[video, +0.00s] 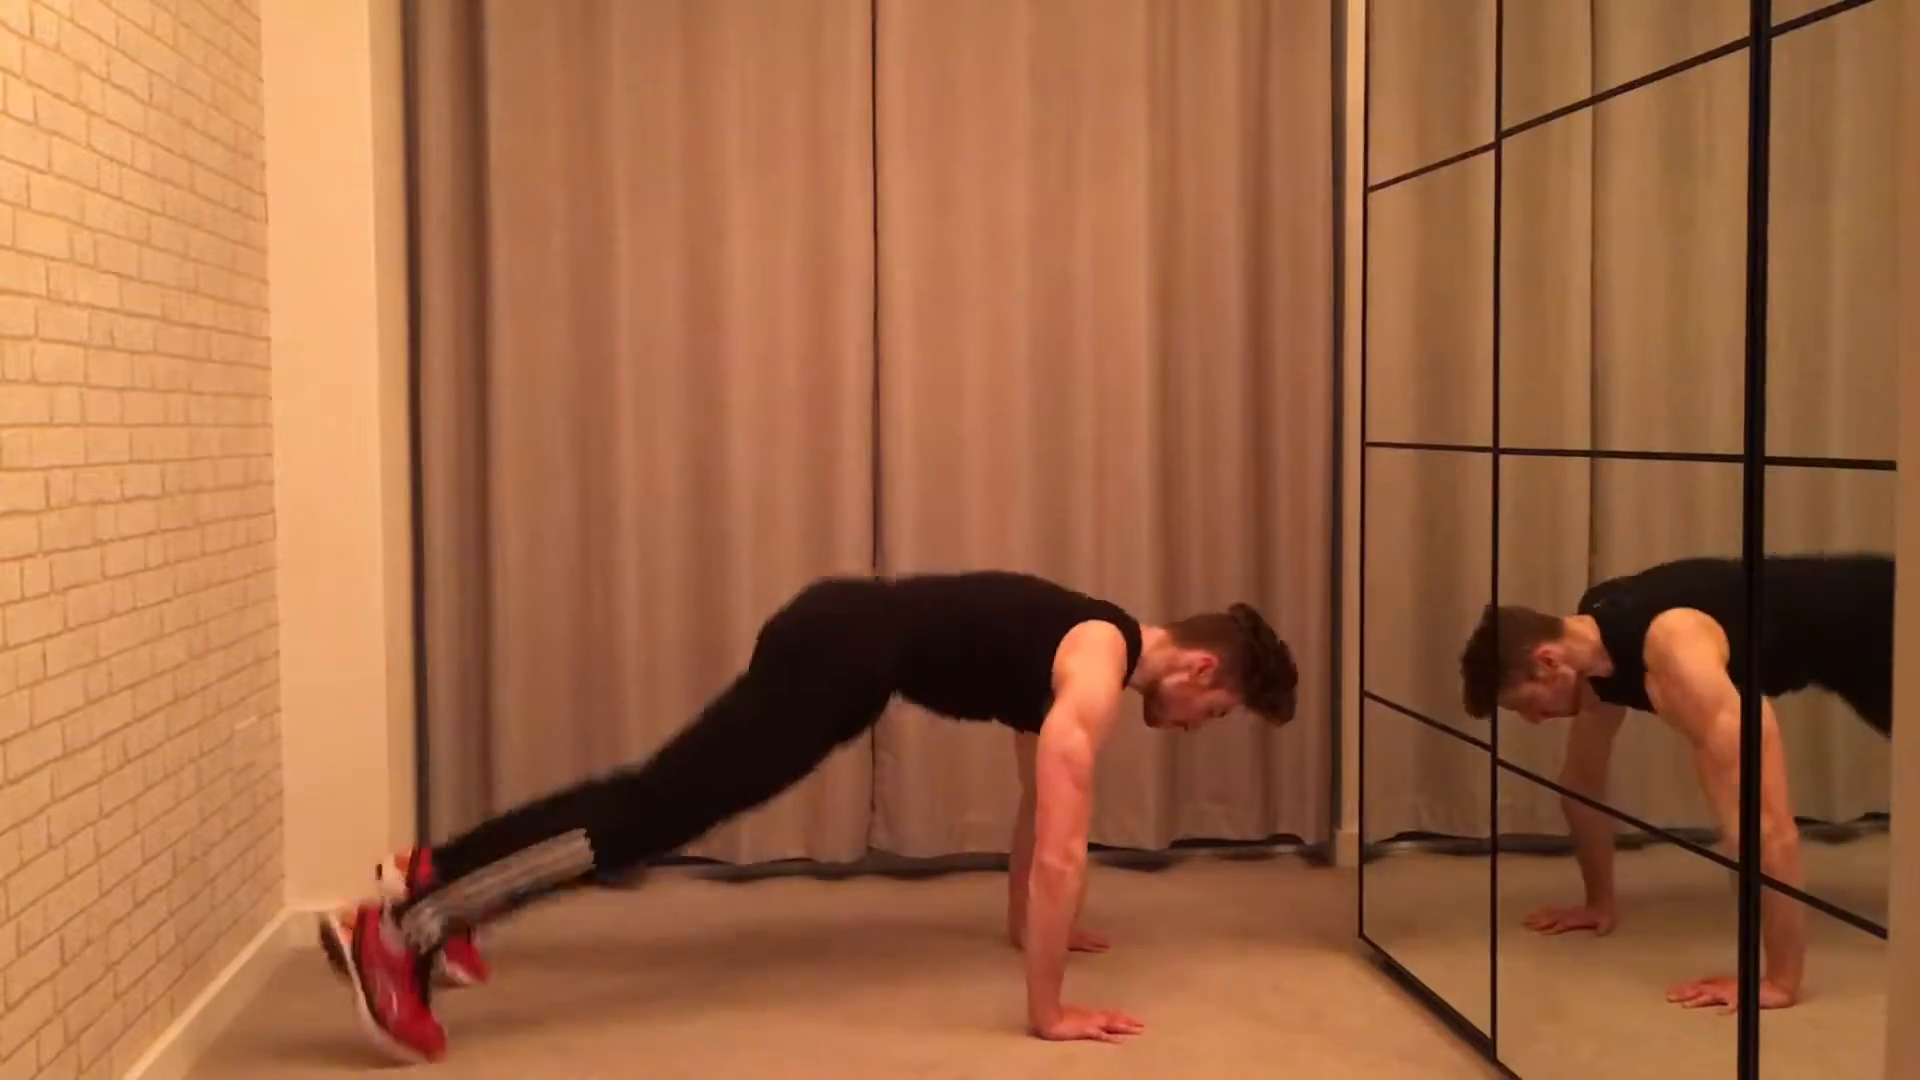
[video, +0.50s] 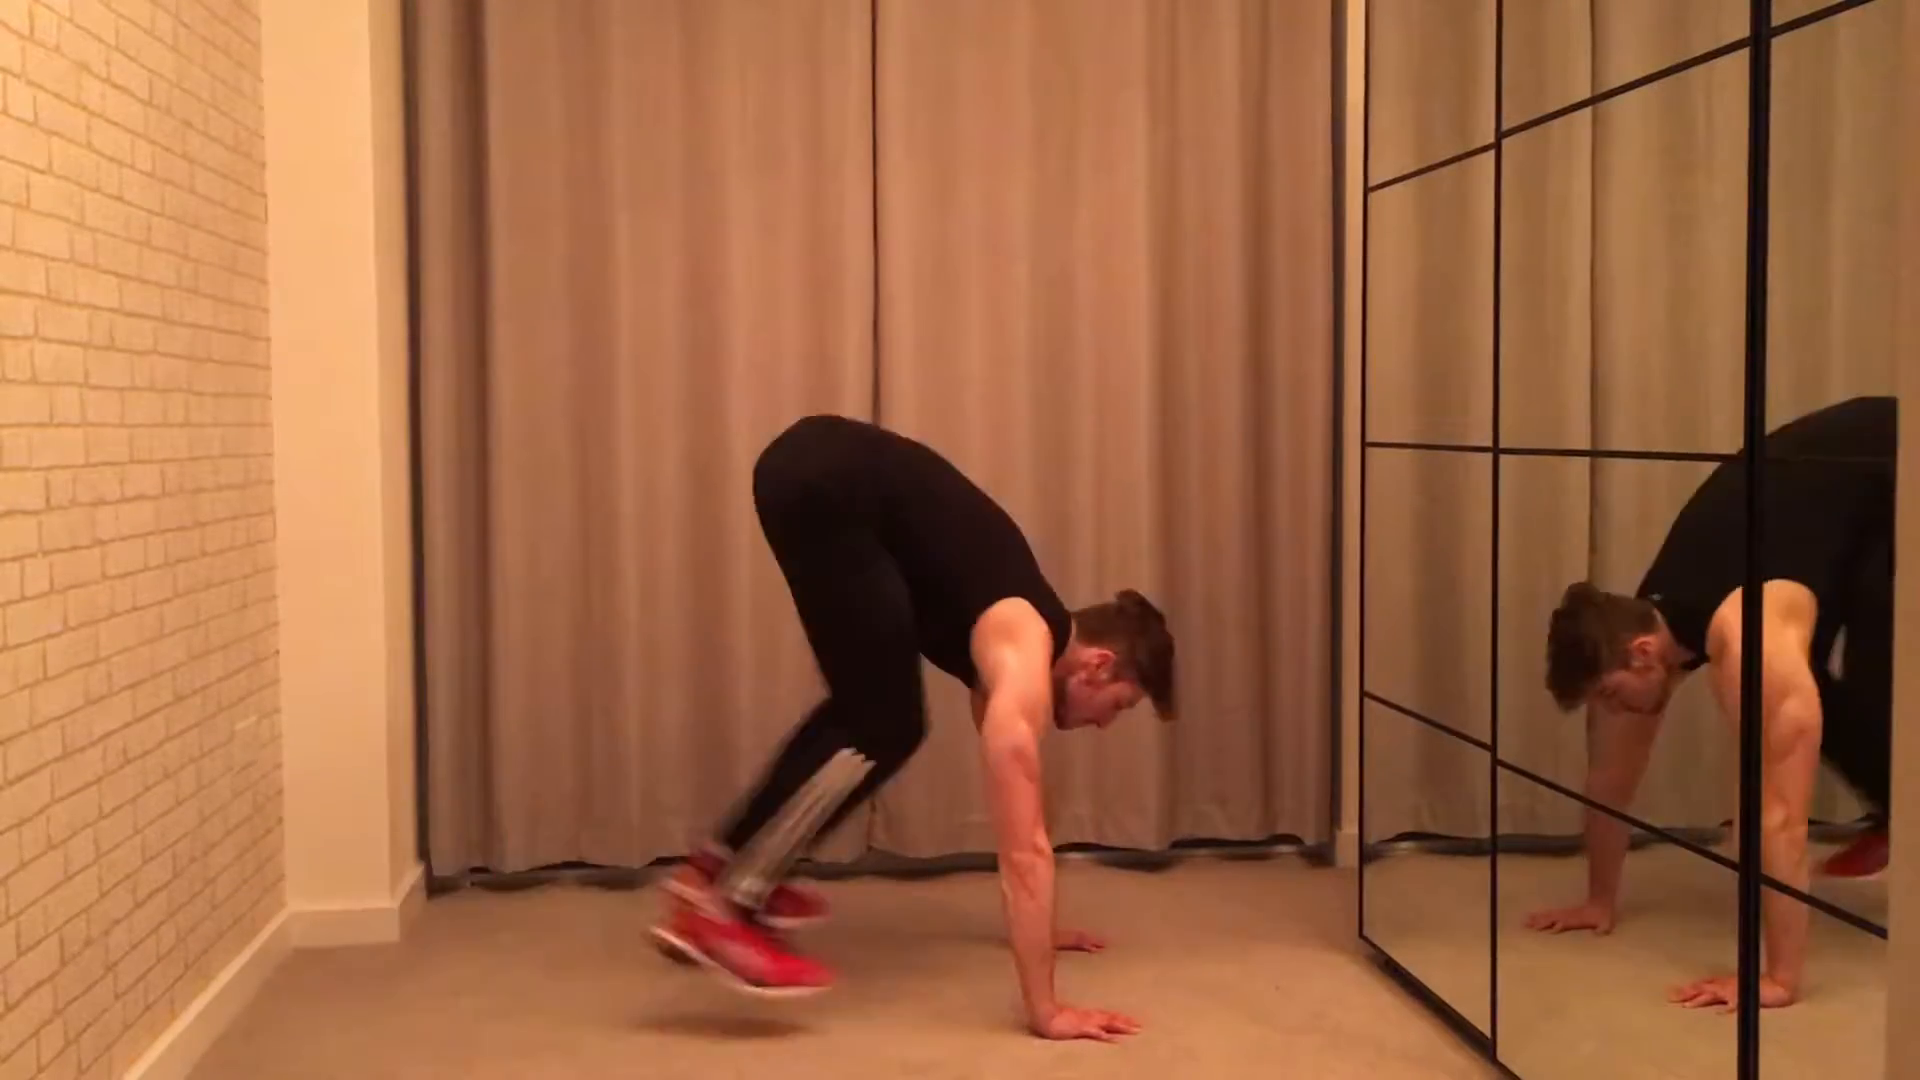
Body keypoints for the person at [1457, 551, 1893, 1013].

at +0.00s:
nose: (1535, 718)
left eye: (1527, 705)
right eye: (1524, 711)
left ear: (1549, 662)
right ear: (1548, 657)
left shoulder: (1678, 650)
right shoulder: (1603, 641)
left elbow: (1768, 826)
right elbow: (1582, 783)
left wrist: (1781, 980)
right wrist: (1600, 905)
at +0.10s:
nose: (1558, 713)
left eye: (1550, 699)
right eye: (1544, 706)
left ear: (1570, 654)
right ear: (1569, 650)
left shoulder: (1702, 648)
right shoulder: (1616, 649)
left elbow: (1781, 827)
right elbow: (1585, 782)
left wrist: (1786, 981)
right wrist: (1599, 904)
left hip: (1895, 688)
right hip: (1853, 708)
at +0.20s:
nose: (1551, 717)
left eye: (1542, 702)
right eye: (1539, 710)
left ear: (1567, 659)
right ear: (1566, 655)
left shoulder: (1697, 648)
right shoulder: (1613, 641)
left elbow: (1779, 827)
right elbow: (1585, 777)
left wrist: (1786, 981)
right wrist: (1599, 903)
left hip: (1891, 651)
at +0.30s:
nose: (1558, 730)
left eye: (1551, 715)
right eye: (1546, 722)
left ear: (1578, 674)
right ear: (1576, 671)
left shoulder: (1688, 650)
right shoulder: (1611, 626)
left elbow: (1769, 826)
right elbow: (1585, 778)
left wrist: (1784, 979)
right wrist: (1599, 903)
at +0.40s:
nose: (1591, 722)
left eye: (1586, 707)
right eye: (1579, 712)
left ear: (1614, 666)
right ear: (1610, 658)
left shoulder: (1719, 642)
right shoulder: (1627, 622)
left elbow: (1776, 824)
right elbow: (1601, 777)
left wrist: (1780, 979)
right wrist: (1599, 902)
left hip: (1886, 487)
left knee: (1866, 700)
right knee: (1856, 700)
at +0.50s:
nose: (1618, 710)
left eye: (1613, 695)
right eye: (1604, 702)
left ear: (1644, 653)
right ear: (1638, 648)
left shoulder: (1753, 644)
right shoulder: (1648, 623)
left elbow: (1784, 819)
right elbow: (1611, 775)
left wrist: (1781, 978)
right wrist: (1600, 902)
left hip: (1896, 454)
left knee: (1871, 686)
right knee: (1799, 682)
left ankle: (1899, 814)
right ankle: (1893, 810)